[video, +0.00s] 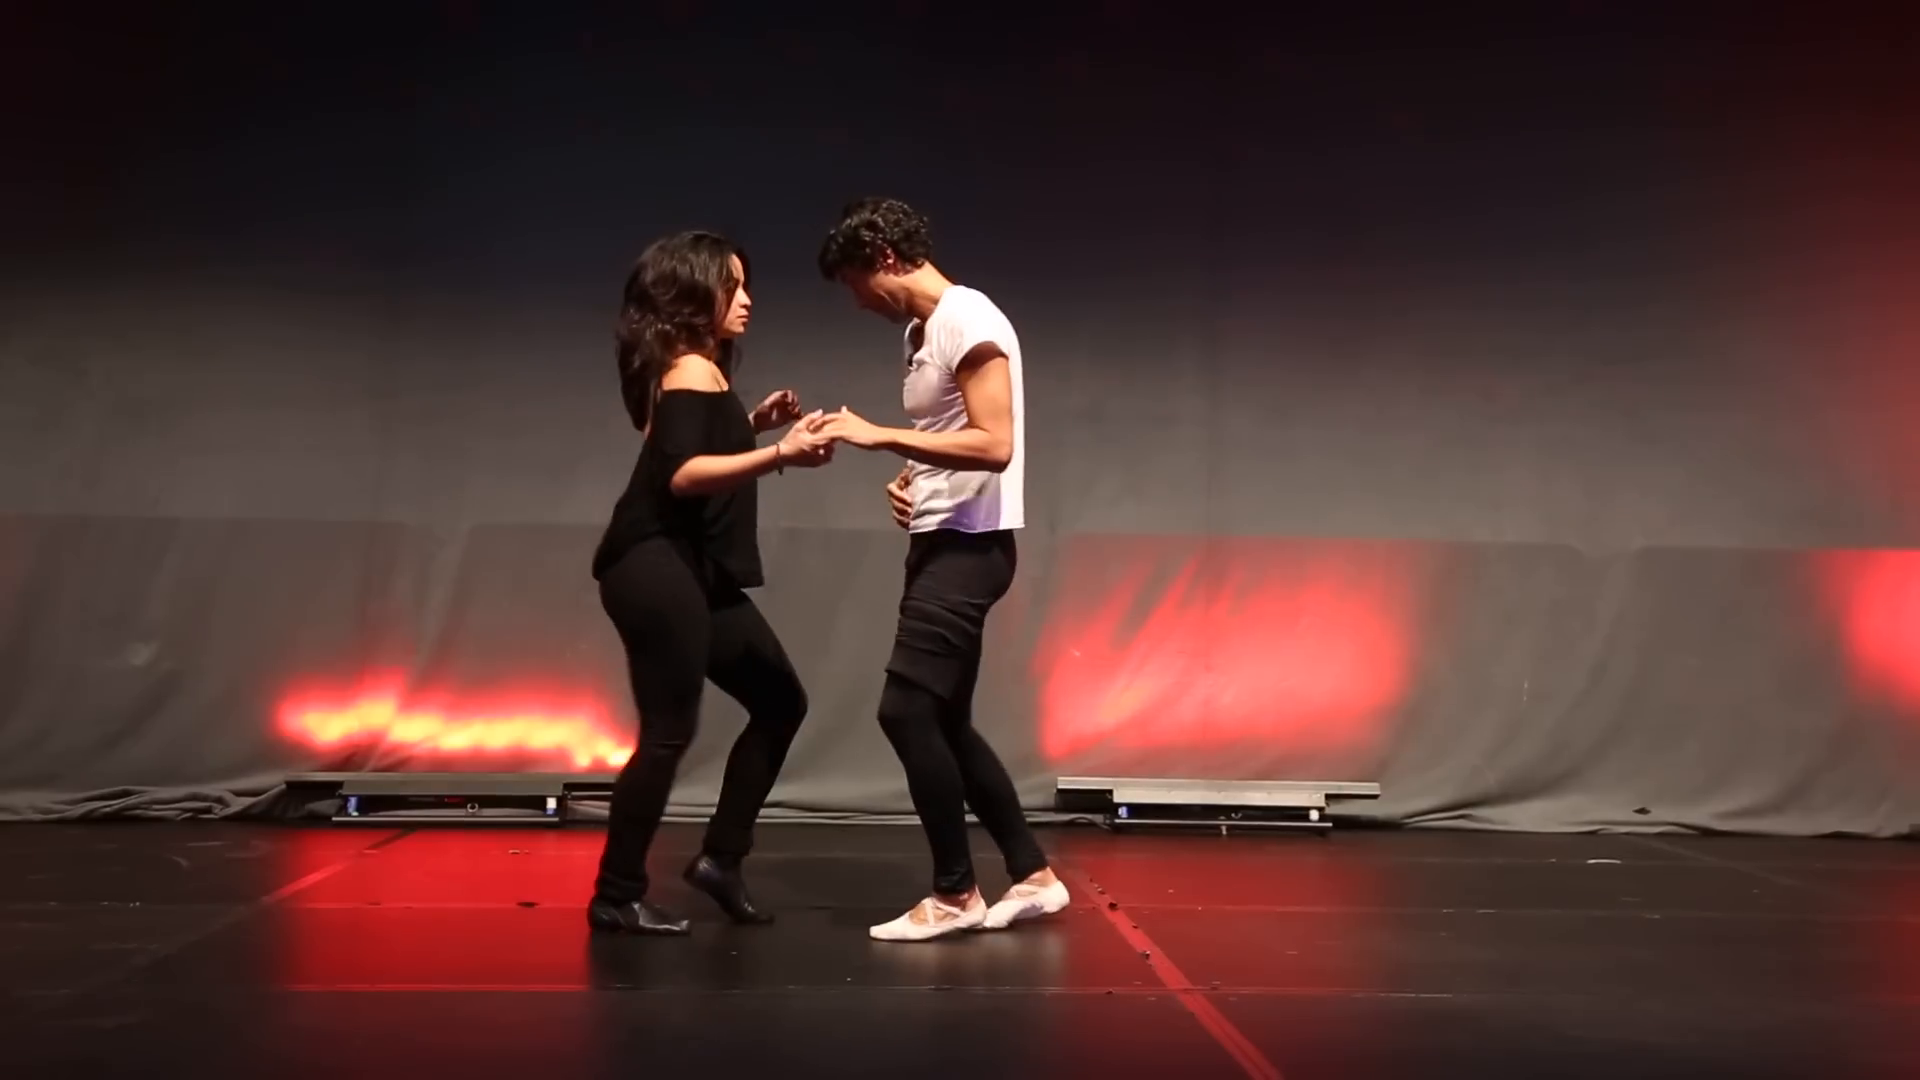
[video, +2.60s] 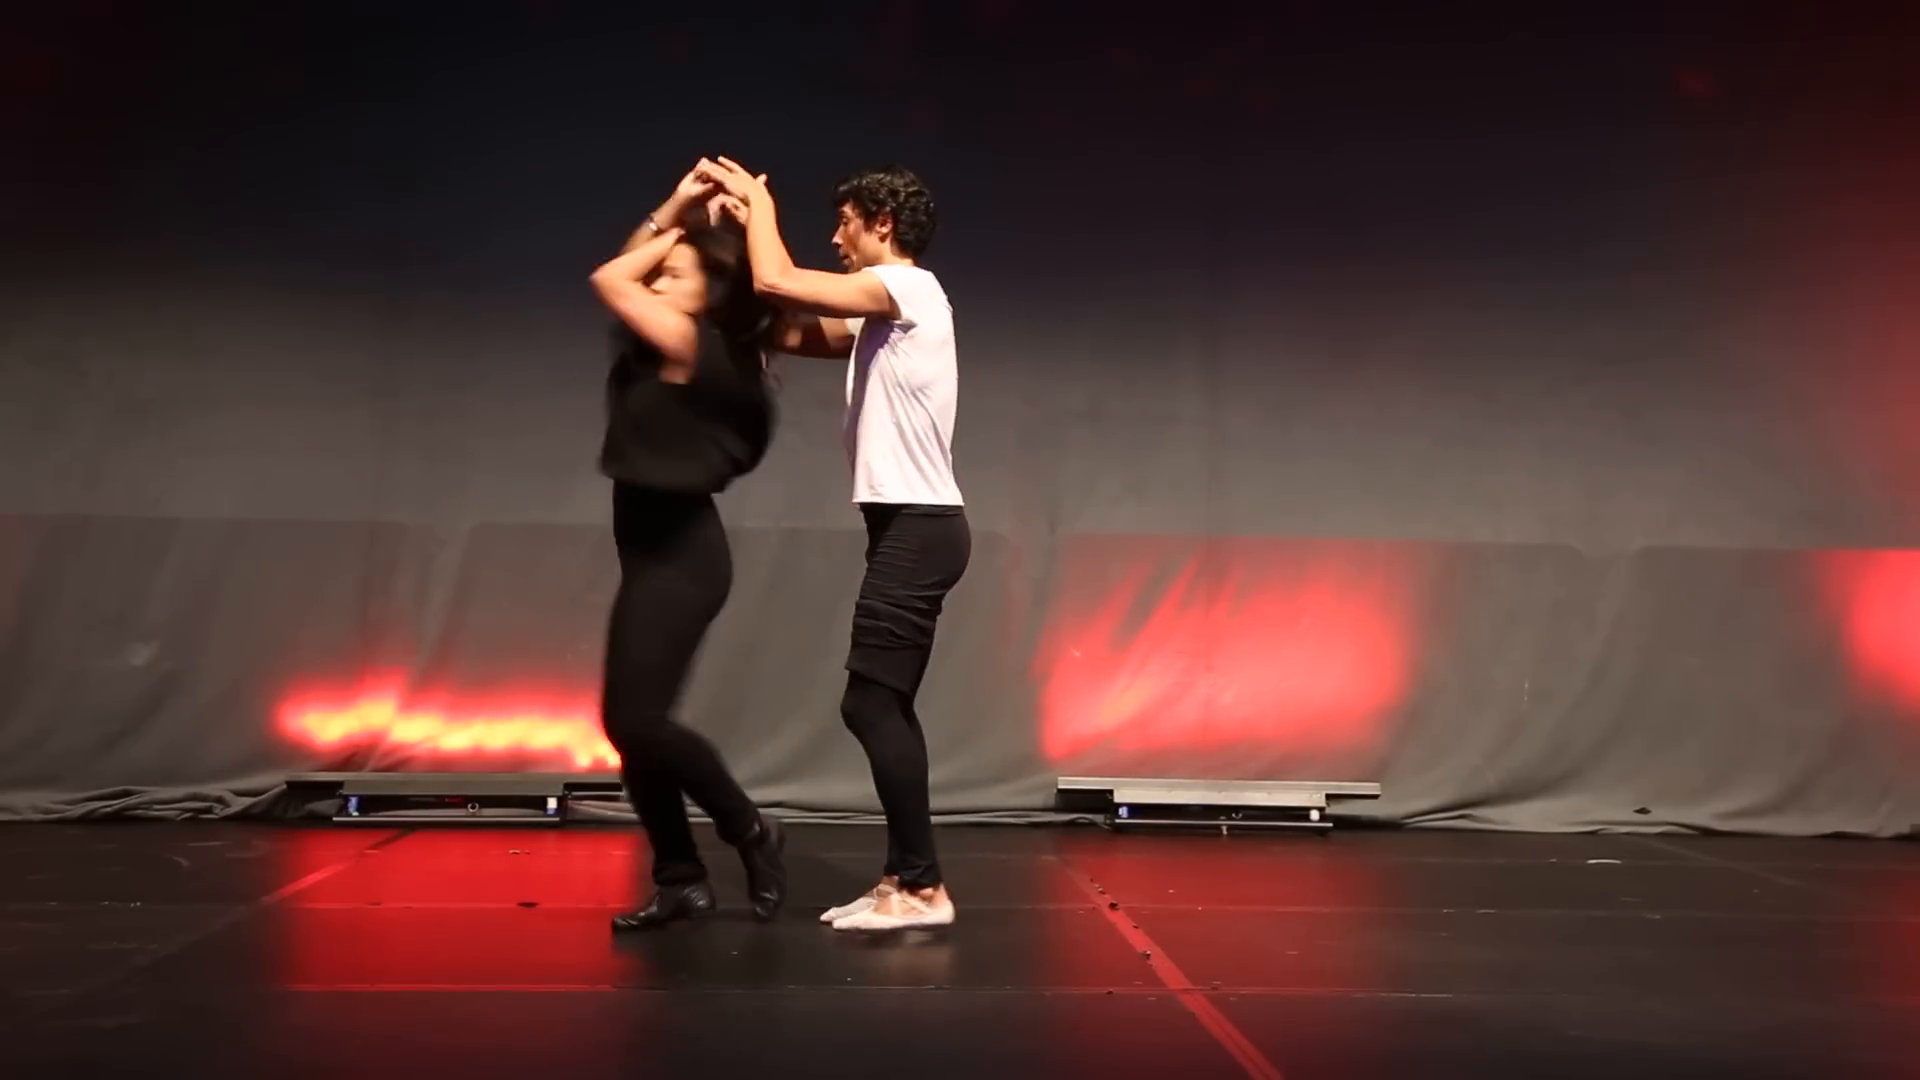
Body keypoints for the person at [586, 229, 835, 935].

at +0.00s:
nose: (745, 299)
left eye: (744, 286)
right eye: (733, 287)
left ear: (705, 302)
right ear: (696, 297)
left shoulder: (706, 371)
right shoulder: (689, 374)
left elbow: (695, 455)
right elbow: (682, 473)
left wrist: (755, 425)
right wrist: (777, 455)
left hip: (694, 575)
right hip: (654, 571)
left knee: (781, 704)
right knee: (667, 732)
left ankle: (721, 860)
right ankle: (616, 898)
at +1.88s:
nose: (710, 300)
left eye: (706, 288)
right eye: (699, 290)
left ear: (642, 302)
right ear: (666, 301)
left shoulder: (624, 366)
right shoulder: (684, 367)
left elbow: (705, 423)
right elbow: (786, 419)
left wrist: (761, 363)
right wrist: (812, 341)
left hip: (604, 570)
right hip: (648, 571)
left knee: (710, 699)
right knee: (664, 730)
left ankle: (726, 856)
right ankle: (576, 875)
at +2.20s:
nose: (719, 302)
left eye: (715, 291)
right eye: (707, 291)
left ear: (653, 299)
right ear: (671, 299)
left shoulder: (647, 362)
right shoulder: (684, 356)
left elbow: (762, 376)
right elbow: (774, 349)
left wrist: (787, 261)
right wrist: (801, 241)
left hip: (640, 562)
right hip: (658, 560)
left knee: (720, 717)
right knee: (666, 730)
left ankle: (702, 880)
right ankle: (580, 882)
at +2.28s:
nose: (722, 302)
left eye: (720, 290)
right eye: (712, 290)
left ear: (658, 297)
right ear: (680, 295)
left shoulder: (680, 363)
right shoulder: (672, 351)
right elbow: (753, 322)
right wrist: (785, 229)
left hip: (680, 568)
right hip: (643, 561)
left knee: (740, 718)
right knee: (666, 729)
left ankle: (699, 880)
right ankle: (581, 876)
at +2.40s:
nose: (727, 292)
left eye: (737, 282)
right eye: (713, 278)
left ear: (747, 296)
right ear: (680, 288)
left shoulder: (745, 361)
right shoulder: (640, 344)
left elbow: (765, 334)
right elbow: (655, 282)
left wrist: (752, 232)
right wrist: (717, 216)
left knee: (744, 723)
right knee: (643, 727)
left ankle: (714, 875)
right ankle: (636, 883)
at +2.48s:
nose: (697, 276)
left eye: (715, 273)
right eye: (690, 260)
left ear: (738, 297)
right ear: (666, 278)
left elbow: (708, 300)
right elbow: (612, 266)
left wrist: (715, 216)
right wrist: (688, 202)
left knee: (721, 727)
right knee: (612, 726)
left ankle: (726, 871)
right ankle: (672, 879)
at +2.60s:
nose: (658, 264)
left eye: (673, 259)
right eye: (662, 256)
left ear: (702, 278)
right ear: (689, 277)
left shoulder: (693, 340)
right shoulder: (679, 332)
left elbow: (610, 283)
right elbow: (630, 270)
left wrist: (671, 230)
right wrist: (680, 205)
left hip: (683, 556)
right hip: (653, 553)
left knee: (639, 720)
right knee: (630, 722)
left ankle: (754, 838)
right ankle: (680, 881)